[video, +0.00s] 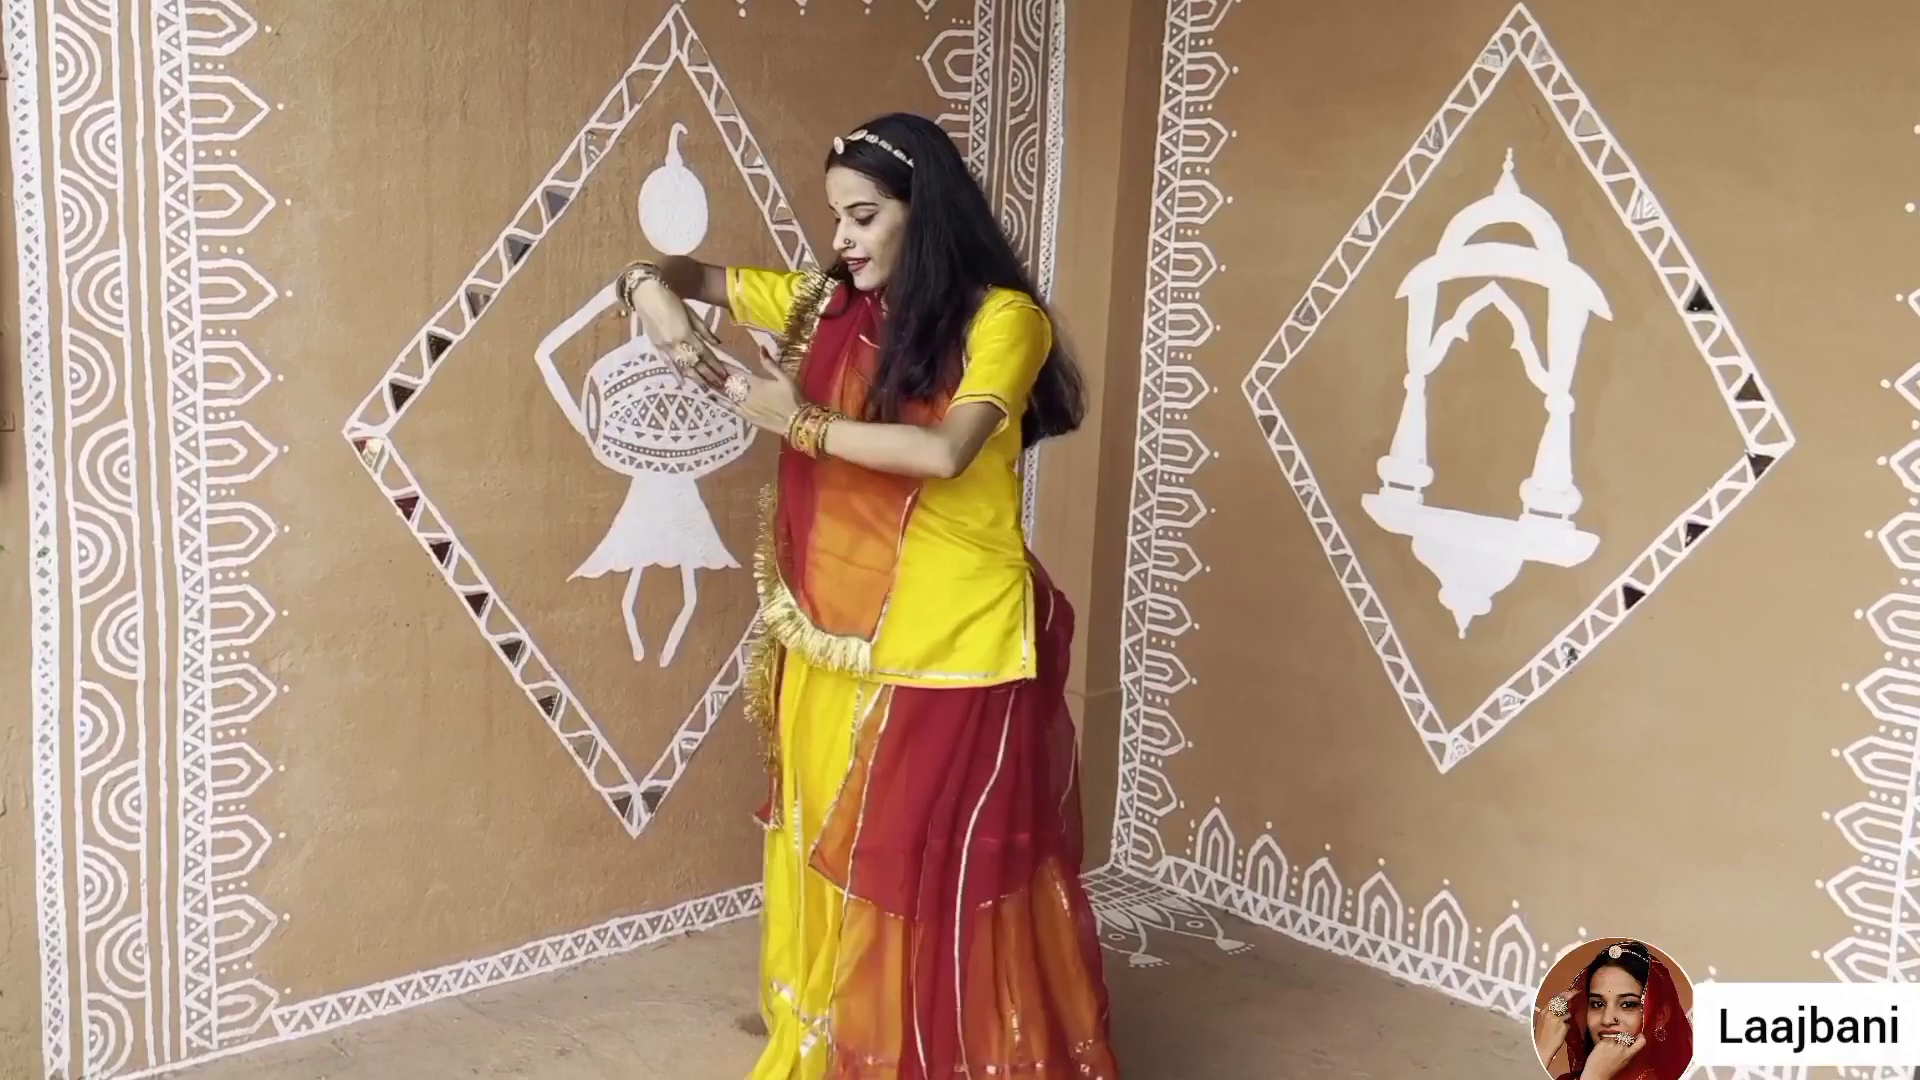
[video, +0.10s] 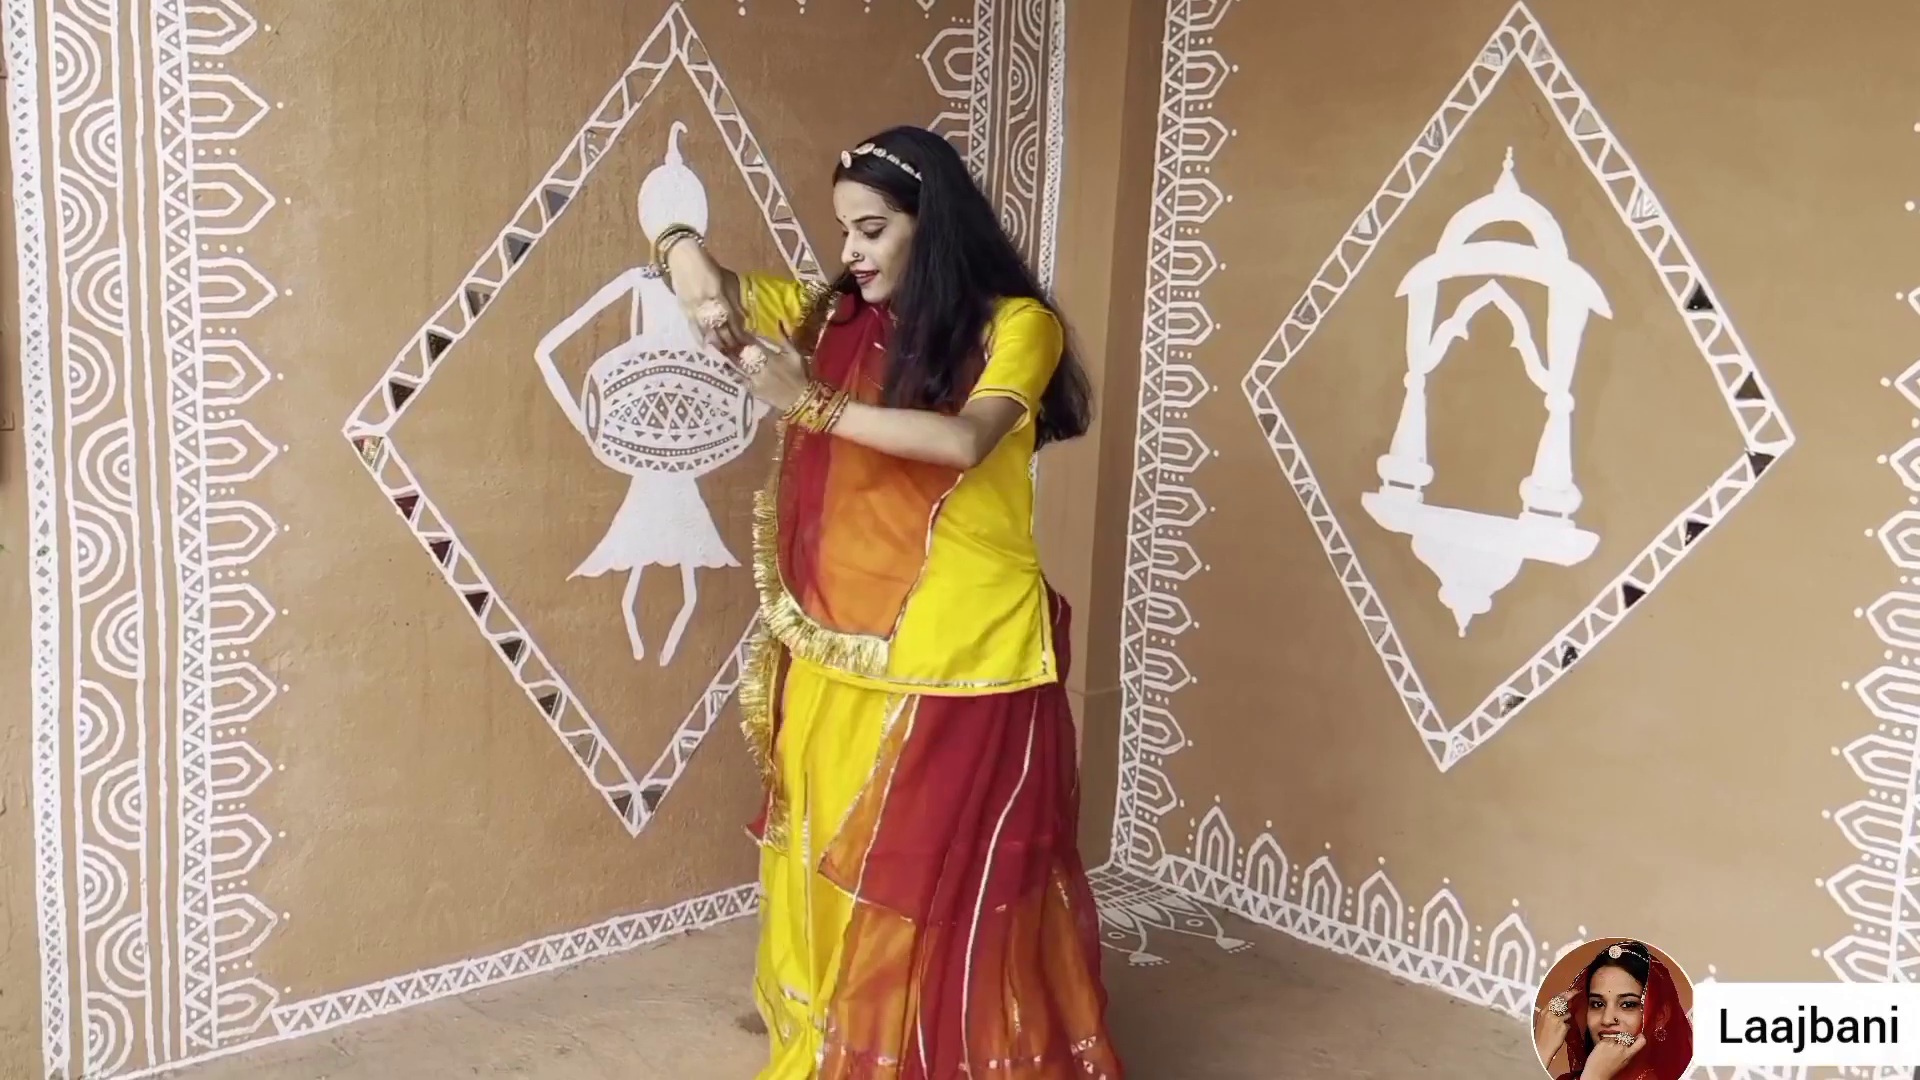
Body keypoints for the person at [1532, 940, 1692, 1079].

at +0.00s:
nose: (1608, 1019)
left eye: (1627, 1004)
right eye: (1597, 1004)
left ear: (1658, 1014)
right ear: (1586, 1011)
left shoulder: (1663, 1076)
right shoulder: (1566, 1078)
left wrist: (1595, 1075)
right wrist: (1539, 1055)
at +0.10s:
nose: (1608, 1019)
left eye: (1627, 1005)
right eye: (1597, 1004)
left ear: (1658, 1014)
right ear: (1585, 1011)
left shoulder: (1660, 1076)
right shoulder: (1567, 1078)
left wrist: (1595, 1076)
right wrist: (1538, 1056)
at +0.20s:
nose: (1608, 1019)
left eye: (1627, 1005)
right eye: (1597, 1004)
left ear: (1658, 1014)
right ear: (1585, 1011)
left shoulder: (1661, 1076)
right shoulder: (1567, 1078)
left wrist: (1595, 1076)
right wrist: (1538, 1055)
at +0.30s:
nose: (1608, 1019)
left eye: (1627, 1005)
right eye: (1597, 1004)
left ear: (1658, 1014)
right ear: (1586, 1011)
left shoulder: (1661, 1076)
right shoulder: (1566, 1078)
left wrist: (1595, 1076)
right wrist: (1538, 1055)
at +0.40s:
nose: (1607, 1019)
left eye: (1627, 1005)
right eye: (1597, 1004)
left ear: (1658, 1013)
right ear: (1586, 1011)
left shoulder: (1664, 1076)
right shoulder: (1567, 1077)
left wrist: (1596, 1075)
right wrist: (1538, 1056)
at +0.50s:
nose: (1607, 1019)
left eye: (1627, 1005)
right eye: (1597, 1004)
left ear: (1658, 1013)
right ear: (1586, 1011)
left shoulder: (1664, 1076)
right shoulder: (1567, 1077)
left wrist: (1596, 1075)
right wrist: (1538, 1056)